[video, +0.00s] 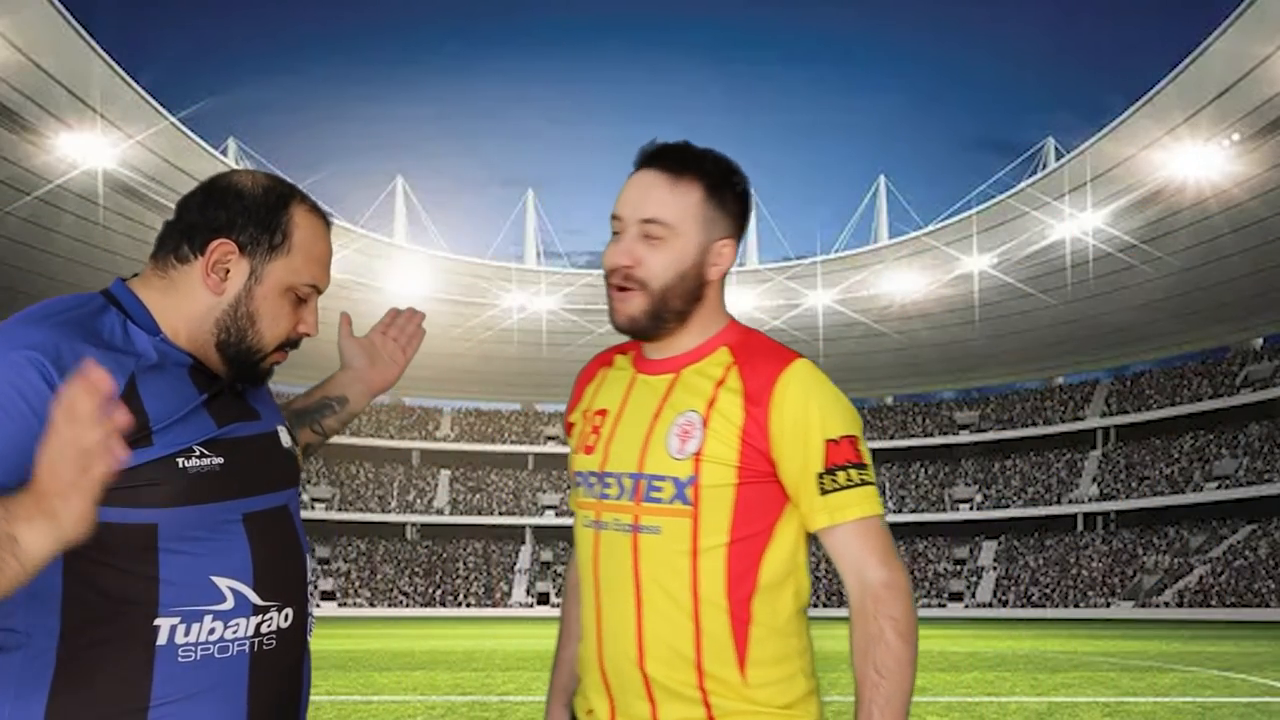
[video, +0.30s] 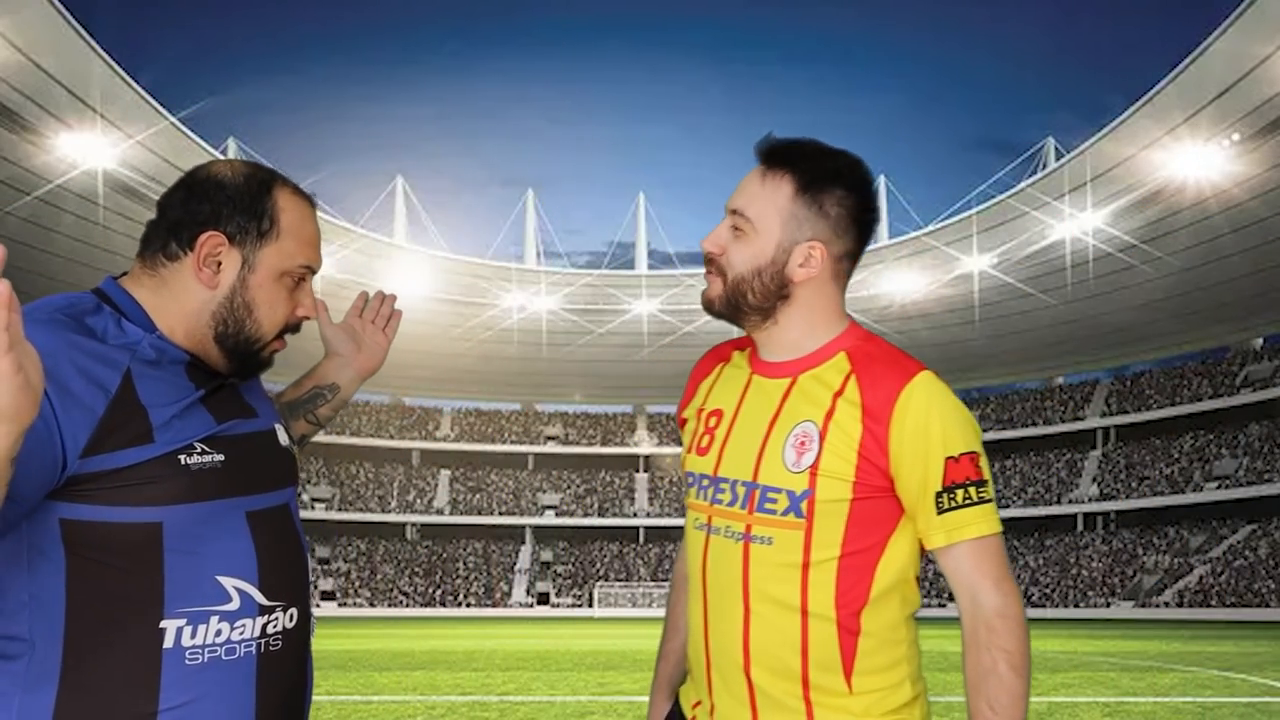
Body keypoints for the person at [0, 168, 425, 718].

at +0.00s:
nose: (309, 326)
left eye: (312, 302)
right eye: (299, 297)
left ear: (222, 272)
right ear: (221, 268)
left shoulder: (234, 375)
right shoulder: (36, 359)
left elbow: (256, 454)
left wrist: (354, 385)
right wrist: (37, 521)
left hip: (260, 704)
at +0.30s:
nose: (308, 310)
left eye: (309, 283)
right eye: (296, 278)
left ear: (212, 264)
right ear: (213, 260)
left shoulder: (226, 375)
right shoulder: (51, 354)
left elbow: (256, 446)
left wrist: (344, 367)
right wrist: (5, 434)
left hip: (259, 705)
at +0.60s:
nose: (370, 316)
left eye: (371, 289)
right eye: (359, 285)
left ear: (279, 272)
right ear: (279, 267)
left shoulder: (293, 381)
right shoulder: (120, 357)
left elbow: (320, 449)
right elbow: (8, 566)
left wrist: (404, 399)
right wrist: (56, 421)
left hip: (314, 705)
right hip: (134, 705)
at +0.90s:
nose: (457, 320)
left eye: (459, 295)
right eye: (440, 291)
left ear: (360, 276)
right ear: (356, 275)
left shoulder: (420, 384)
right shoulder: (204, 353)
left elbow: (452, 504)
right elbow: (43, 541)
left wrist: (527, 477)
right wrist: (102, 431)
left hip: (389, 709)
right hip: (211, 709)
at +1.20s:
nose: (432, 290)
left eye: (436, 261)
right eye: (403, 261)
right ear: (317, 259)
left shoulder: (460, 369)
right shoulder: (191, 366)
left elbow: (516, 496)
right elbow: (41, 526)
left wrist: (540, 552)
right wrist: (75, 532)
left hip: (417, 708)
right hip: (225, 708)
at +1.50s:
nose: (286, 260)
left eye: (317, 232)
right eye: (257, 233)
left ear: (372, 243)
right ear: (226, 244)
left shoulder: (453, 364)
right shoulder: (140, 384)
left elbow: (520, 536)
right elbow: (61, 574)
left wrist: (510, 698)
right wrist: (96, 711)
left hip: (416, 708)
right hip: (205, 708)